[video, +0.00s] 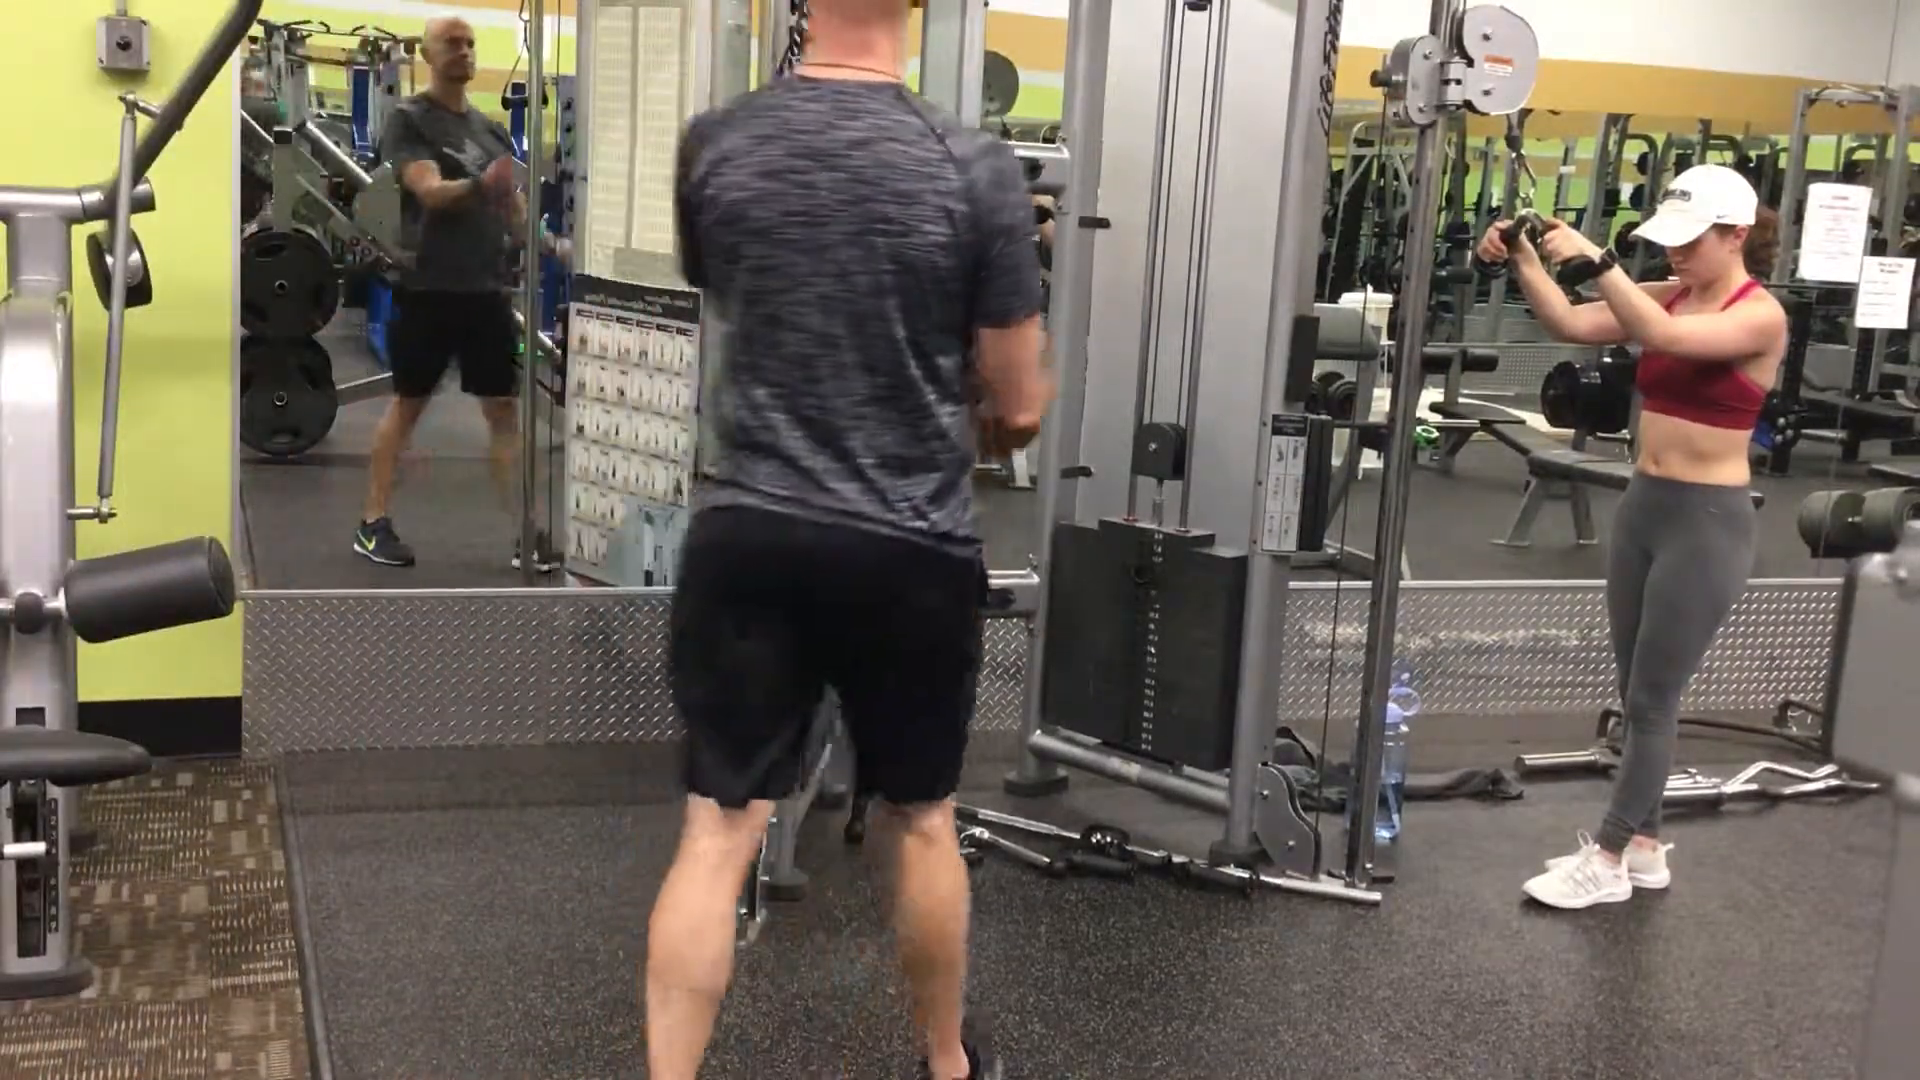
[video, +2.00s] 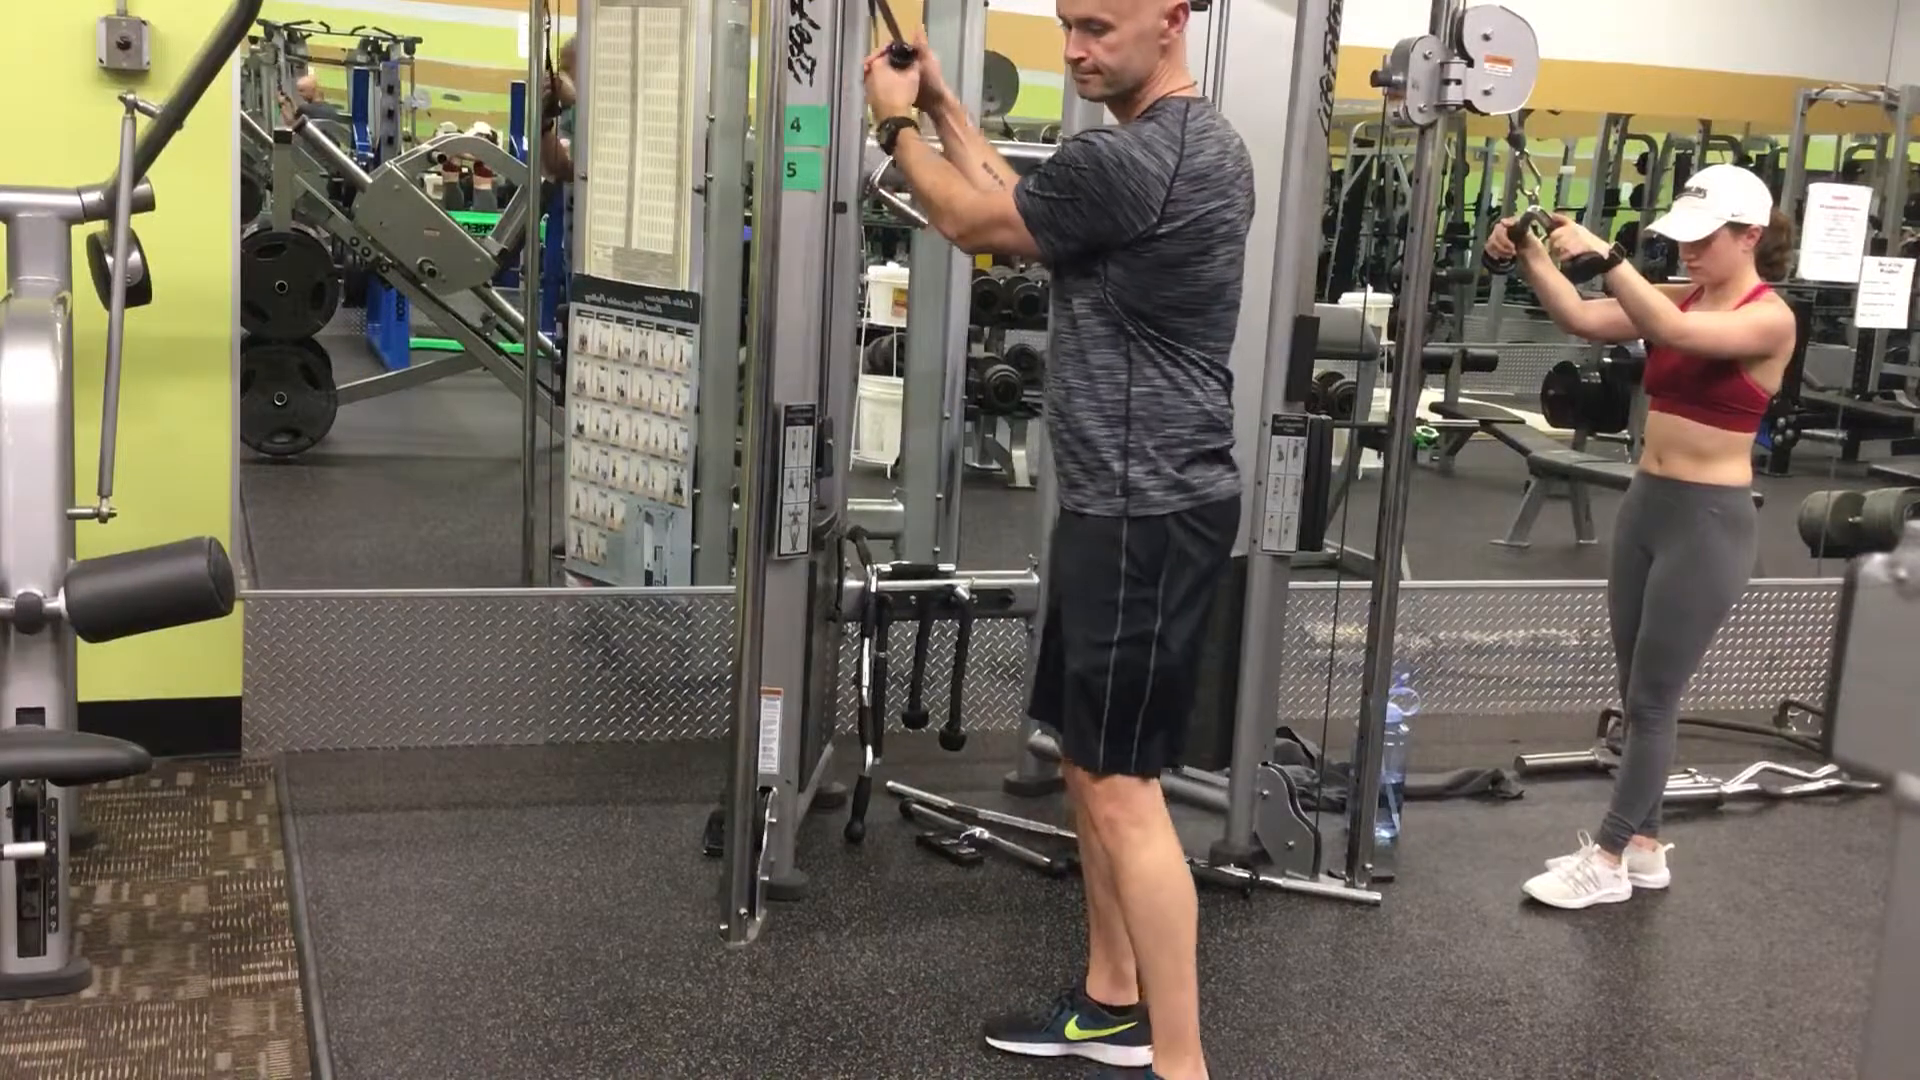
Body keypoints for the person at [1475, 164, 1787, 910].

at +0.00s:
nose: (1672, 254)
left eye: (1686, 240)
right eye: (1668, 241)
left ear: (1735, 236)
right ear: (1670, 240)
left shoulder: (1762, 315)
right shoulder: (1667, 297)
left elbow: (1664, 334)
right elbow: (1572, 322)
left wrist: (1595, 259)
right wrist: (1520, 258)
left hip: (1709, 523)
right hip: (1640, 509)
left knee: (1652, 699)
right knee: (1639, 691)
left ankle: (1606, 858)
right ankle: (1644, 844)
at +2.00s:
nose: (1685, 253)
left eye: (1700, 239)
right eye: (1681, 239)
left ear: (1749, 236)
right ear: (1681, 238)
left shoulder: (1772, 317)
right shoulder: (1679, 301)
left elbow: (1673, 328)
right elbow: (1584, 316)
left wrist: (1603, 254)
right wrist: (1529, 257)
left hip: (1709, 523)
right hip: (1642, 508)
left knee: (1653, 698)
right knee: (1639, 692)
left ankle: (1605, 858)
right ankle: (1645, 846)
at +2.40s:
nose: (1683, 252)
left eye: (1698, 239)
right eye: (1679, 239)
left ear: (1746, 237)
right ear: (1680, 238)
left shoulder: (1770, 317)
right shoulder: (1676, 301)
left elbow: (1671, 330)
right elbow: (1580, 316)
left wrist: (1602, 257)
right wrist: (1525, 258)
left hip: (1709, 523)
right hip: (1642, 508)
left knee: (1652, 699)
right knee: (1639, 693)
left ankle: (1606, 859)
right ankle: (1646, 846)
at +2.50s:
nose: (1683, 252)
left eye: (1698, 238)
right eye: (1679, 239)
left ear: (1746, 236)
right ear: (1679, 238)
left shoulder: (1770, 317)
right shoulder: (1675, 302)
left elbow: (1672, 331)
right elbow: (1579, 316)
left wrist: (1602, 257)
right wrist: (1525, 258)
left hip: (1709, 523)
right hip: (1642, 508)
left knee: (1652, 698)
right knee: (1639, 692)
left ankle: (1605, 859)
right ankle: (1646, 846)